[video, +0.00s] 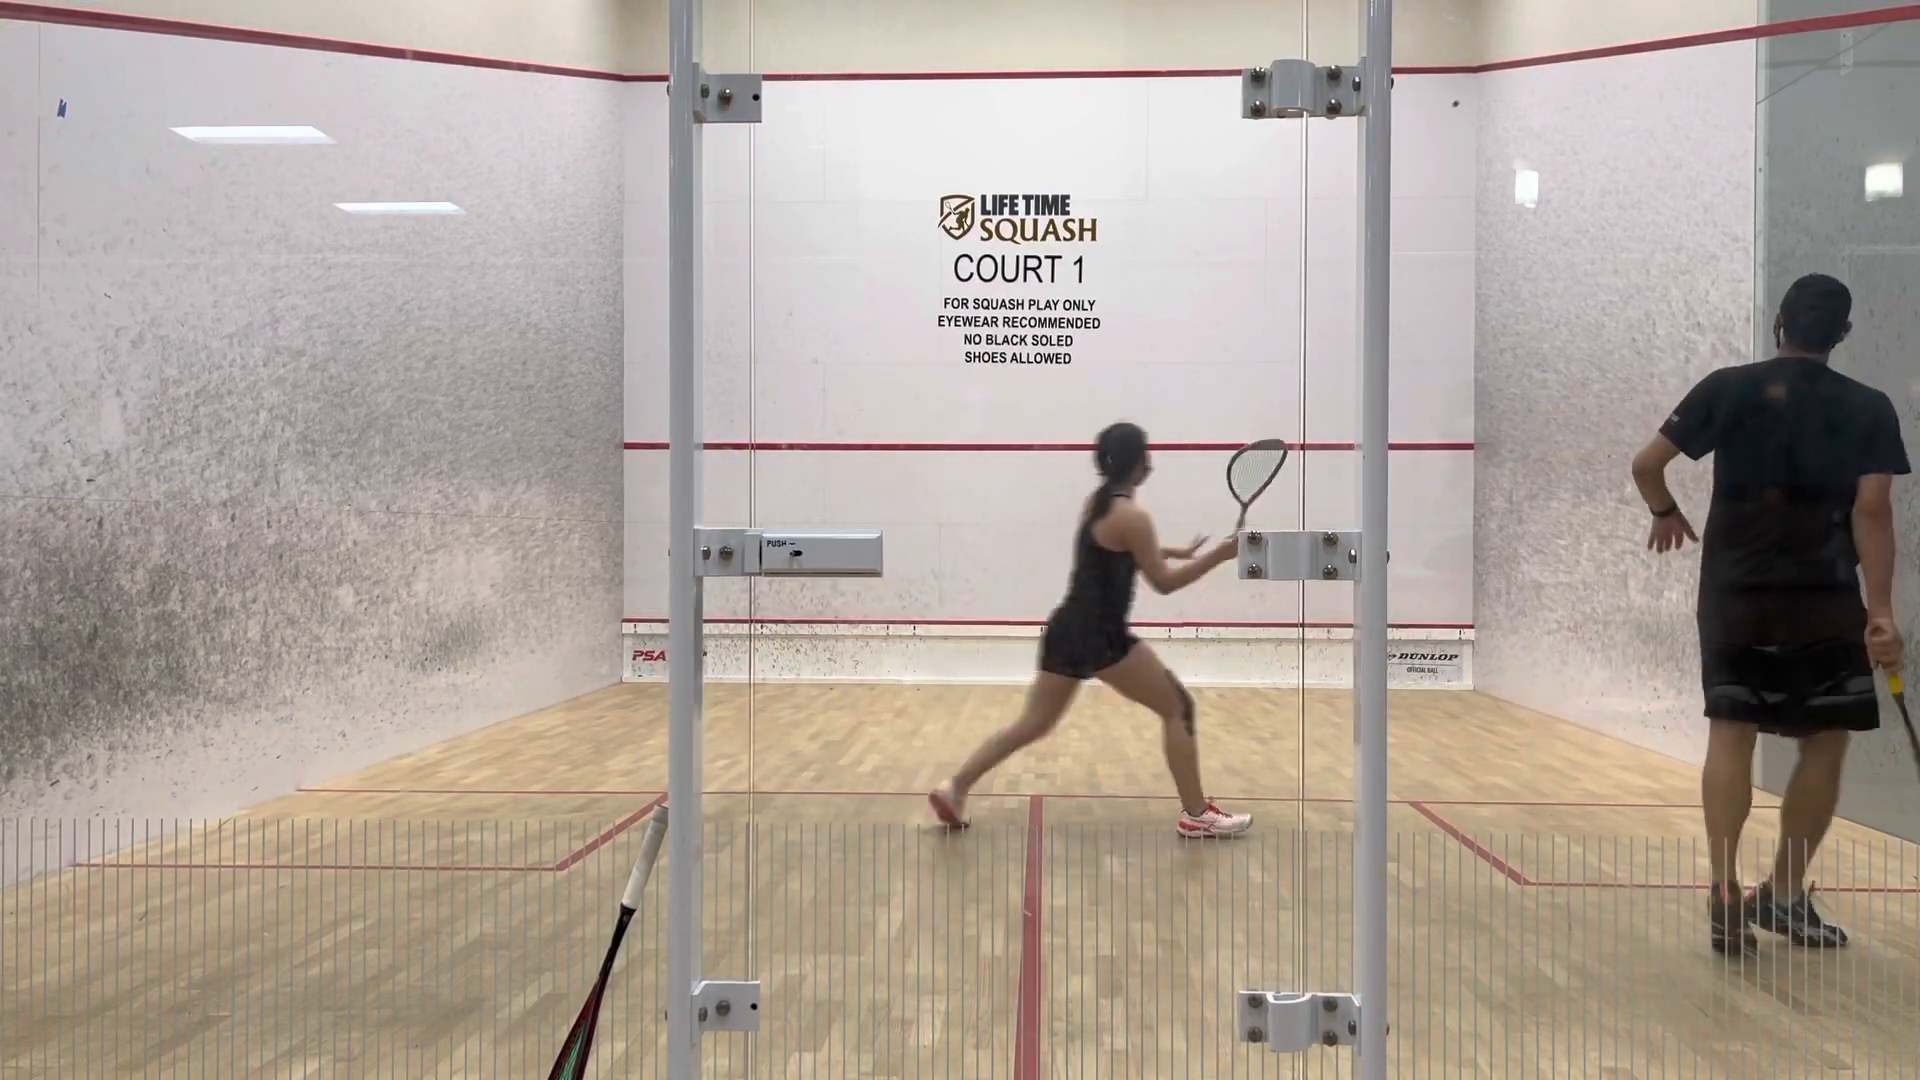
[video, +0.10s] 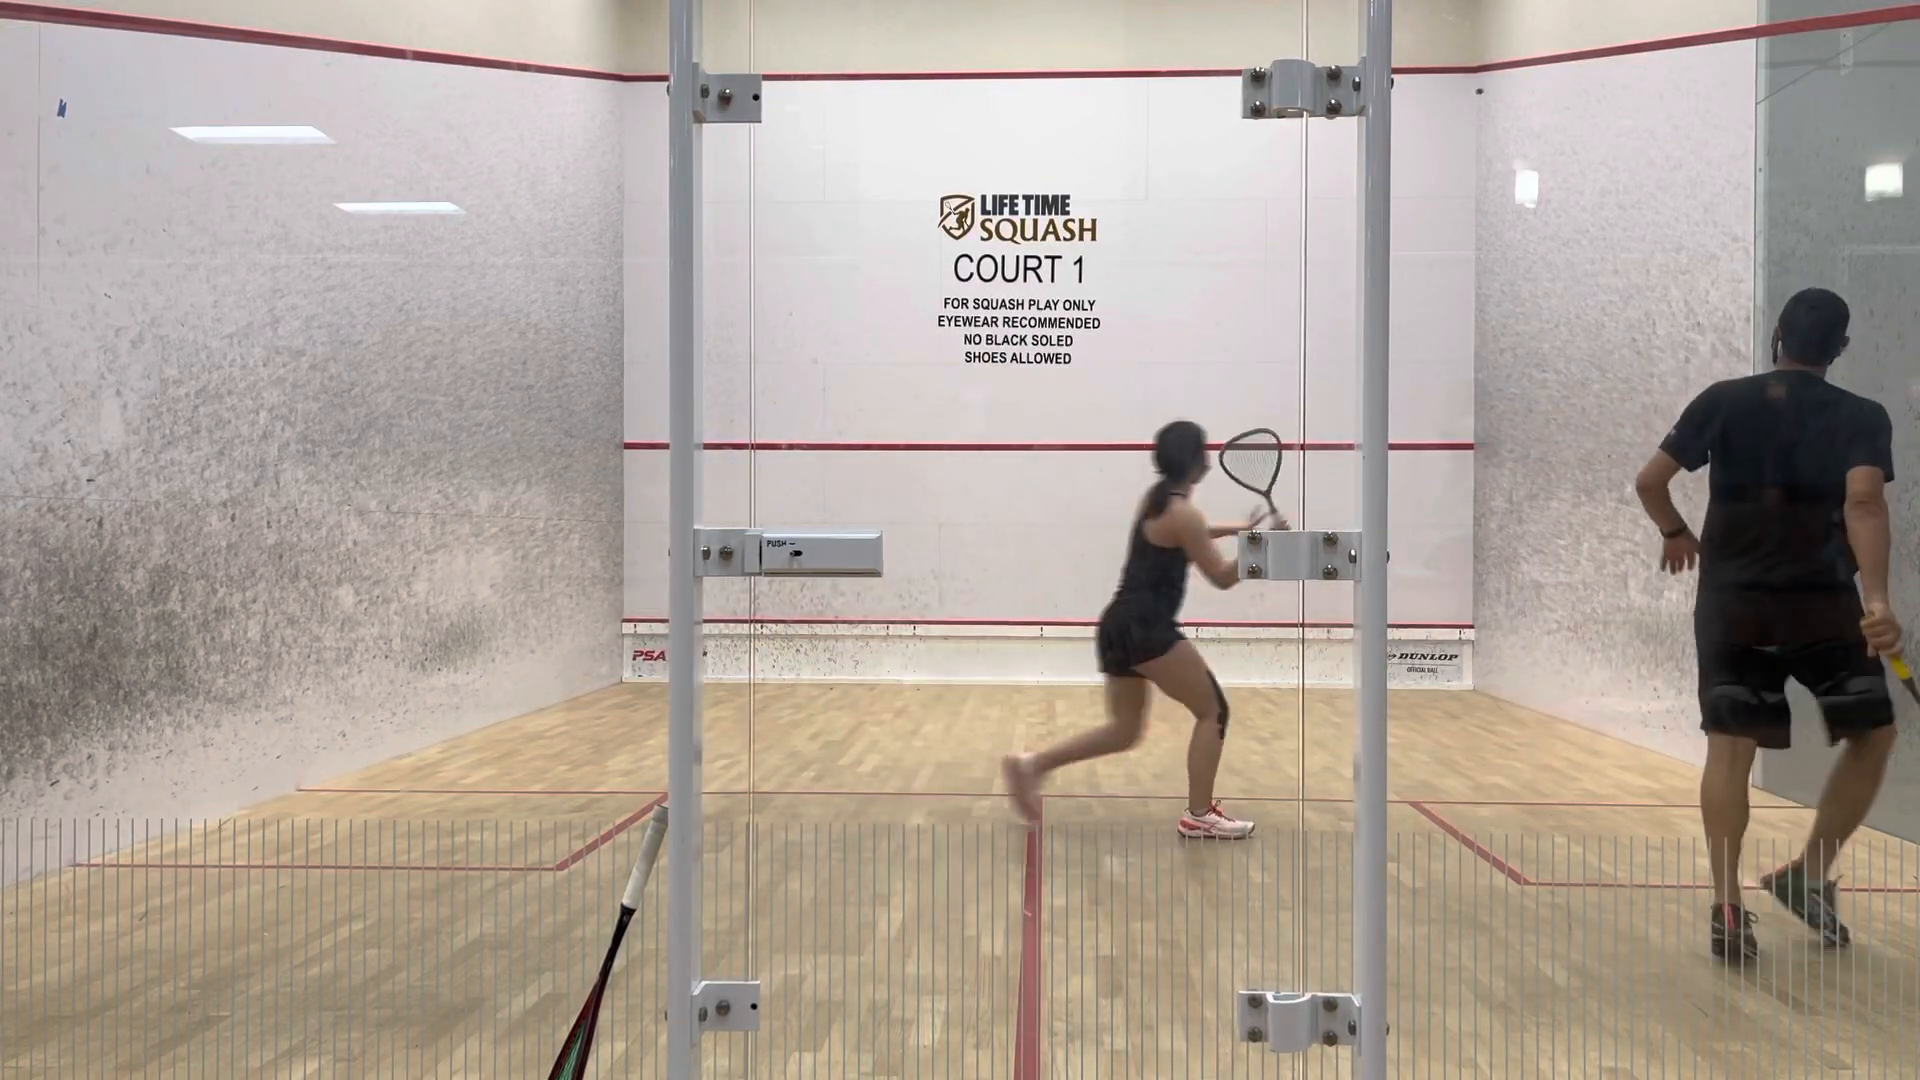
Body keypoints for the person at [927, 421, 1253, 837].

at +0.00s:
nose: (1151, 459)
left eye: (1147, 452)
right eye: (1146, 453)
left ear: (1109, 460)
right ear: (1138, 461)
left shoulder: (1098, 505)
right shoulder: (1132, 518)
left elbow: (1126, 547)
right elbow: (1165, 582)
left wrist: (1179, 552)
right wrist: (1221, 555)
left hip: (1067, 631)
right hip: (1101, 637)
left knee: (1033, 723)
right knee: (1178, 707)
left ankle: (954, 791)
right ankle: (1196, 812)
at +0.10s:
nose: (1209, 459)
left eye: (1207, 451)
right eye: (1205, 452)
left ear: (1165, 460)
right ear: (1197, 461)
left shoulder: (1154, 502)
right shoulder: (1184, 515)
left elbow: (1192, 534)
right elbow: (1223, 577)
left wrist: (1246, 529)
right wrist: (1242, 558)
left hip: (1119, 626)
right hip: (1148, 631)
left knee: (1124, 732)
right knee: (1213, 711)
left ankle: (1032, 767)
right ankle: (1200, 814)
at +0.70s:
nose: (1484, 508)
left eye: (1482, 501)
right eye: (1481, 502)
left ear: (1438, 509)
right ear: (1468, 510)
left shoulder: (1415, 547)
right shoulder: (1482, 564)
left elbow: (1386, 605)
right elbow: (1544, 592)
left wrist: (1382, 649)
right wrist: (1576, 582)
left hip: (1401, 660)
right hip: (1428, 672)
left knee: (1485, 689)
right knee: (1418, 771)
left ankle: (1494, 783)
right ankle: (1337, 783)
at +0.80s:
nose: (1501, 504)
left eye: (1498, 497)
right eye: (1496, 498)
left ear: (1454, 502)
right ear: (1483, 505)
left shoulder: (1426, 543)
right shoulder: (1502, 550)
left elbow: (1409, 597)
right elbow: (1553, 573)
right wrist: (1598, 582)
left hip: (1408, 656)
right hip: (1442, 668)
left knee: (1487, 688)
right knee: (1442, 764)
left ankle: (1495, 782)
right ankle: (1360, 772)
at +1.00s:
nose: (1497, 483)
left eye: (1493, 477)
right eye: (1495, 477)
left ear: (1451, 484)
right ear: (1492, 486)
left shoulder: (1426, 526)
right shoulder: (1507, 533)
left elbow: (1387, 571)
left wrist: (1395, 541)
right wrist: (1426, 533)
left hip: (1420, 645)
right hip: (1458, 654)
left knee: (1496, 691)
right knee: (1477, 748)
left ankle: (1497, 782)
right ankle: (1386, 757)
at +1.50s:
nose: (1399, 436)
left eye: (1396, 428)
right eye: (1395, 430)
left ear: (1346, 433)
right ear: (1388, 437)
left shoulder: (1325, 483)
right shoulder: (1393, 487)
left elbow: (1296, 537)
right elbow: (1413, 555)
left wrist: (1327, 561)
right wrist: (1447, 572)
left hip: (1330, 605)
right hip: (1377, 606)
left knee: (1361, 689)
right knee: (1397, 707)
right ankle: (1372, 802)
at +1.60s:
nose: (1366, 437)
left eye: (1364, 428)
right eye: (1361, 430)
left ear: (1327, 434)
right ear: (1347, 434)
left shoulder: (1308, 478)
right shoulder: (1350, 484)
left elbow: (1280, 533)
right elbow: (1374, 550)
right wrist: (1420, 576)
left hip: (1310, 602)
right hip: (1348, 605)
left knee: (1316, 702)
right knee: (1385, 695)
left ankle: (1251, 754)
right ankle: (1370, 802)